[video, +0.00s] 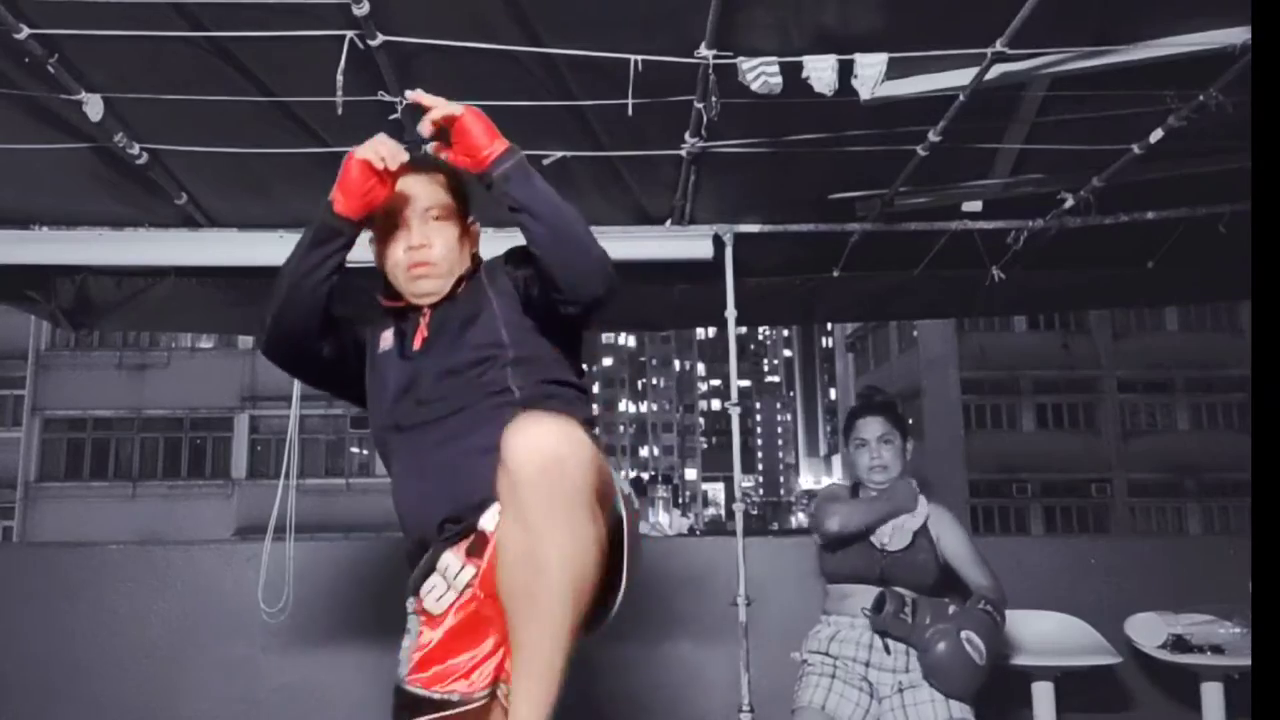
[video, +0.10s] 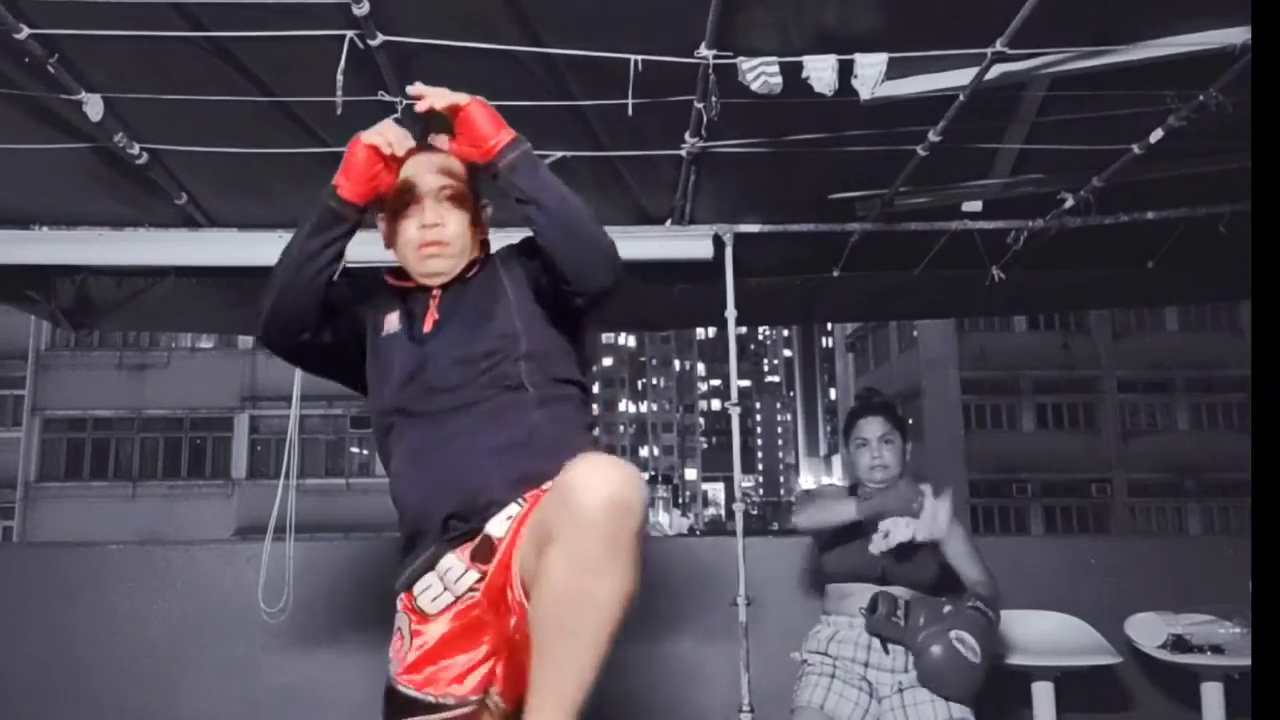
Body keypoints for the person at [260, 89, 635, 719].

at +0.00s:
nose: (415, 239)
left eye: (435, 218)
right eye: (394, 226)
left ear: (470, 235)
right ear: (376, 250)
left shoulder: (521, 287)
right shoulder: (370, 345)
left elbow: (589, 280)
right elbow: (286, 338)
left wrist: (500, 160)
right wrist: (341, 216)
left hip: (558, 518)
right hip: (451, 566)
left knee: (541, 441)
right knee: (441, 706)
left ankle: (528, 712)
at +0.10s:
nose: (429, 218)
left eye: (448, 199)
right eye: (408, 203)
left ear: (479, 221)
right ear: (387, 230)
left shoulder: (532, 275)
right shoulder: (370, 322)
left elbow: (597, 269)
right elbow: (283, 327)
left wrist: (506, 151)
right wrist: (344, 200)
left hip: (546, 528)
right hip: (438, 572)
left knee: (606, 484)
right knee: (429, 706)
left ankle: (548, 713)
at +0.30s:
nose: (480, 194)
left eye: (499, 180)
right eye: (461, 180)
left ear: (522, 199)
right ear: (427, 202)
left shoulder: (566, 275)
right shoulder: (392, 289)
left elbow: (647, 292)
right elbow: (321, 300)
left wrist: (560, 167)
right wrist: (411, 171)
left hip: (577, 554)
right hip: (439, 581)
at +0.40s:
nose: (516, 198)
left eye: (533, 183)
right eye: (495, 182)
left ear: (556, 201)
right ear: (461, 197)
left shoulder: (594, 290)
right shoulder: (423, 279)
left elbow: (675, 302)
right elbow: (345, 300)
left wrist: (597, 180)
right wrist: (441, 167)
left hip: (587, 584)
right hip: (445, 589)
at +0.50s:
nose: (556, 190)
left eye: (571, 171)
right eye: (530, 173)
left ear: (594, 192)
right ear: (493, 195)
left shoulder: (625, 294)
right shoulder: (456, 280)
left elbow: (708, 310)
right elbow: (362, 358)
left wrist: (645, 197)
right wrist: (445, 213)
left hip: (612, 590)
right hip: (480, 583)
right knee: (484, 703)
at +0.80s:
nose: (586, 204)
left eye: (605, 182)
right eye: (561, 183)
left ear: (631, 201)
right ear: (526, 204)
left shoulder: (655, 291)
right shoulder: (490, 277)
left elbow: (723, 356)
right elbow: (405, 356)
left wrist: (678, 225)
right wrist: (497, 202)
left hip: (608, 545)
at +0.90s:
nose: (601, 192)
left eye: (616, 171)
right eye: (574, 171)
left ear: (637, 189)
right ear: (536, 194)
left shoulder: (658, 288)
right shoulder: (497, 269)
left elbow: (732, 353)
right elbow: (400, 368)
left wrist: (680, 221)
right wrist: (491, 217)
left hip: (611, 559)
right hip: (480, 512)